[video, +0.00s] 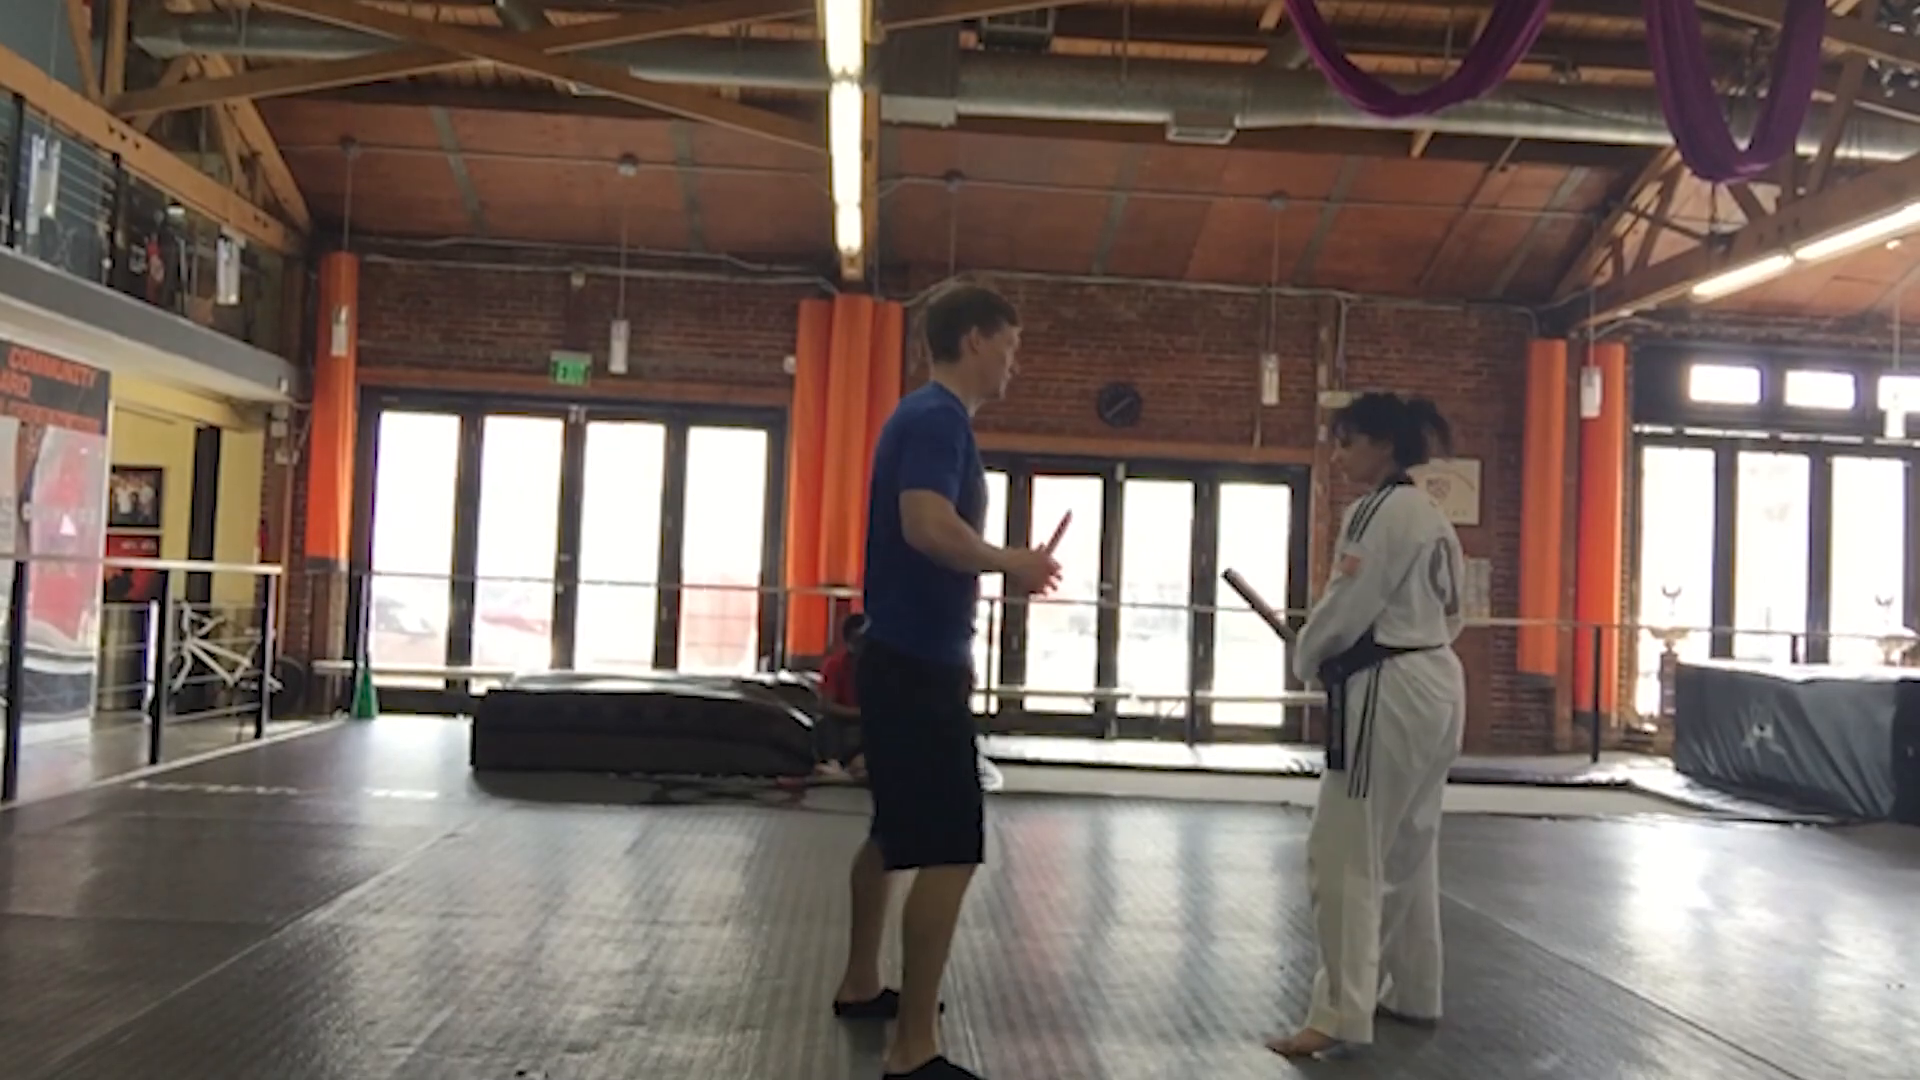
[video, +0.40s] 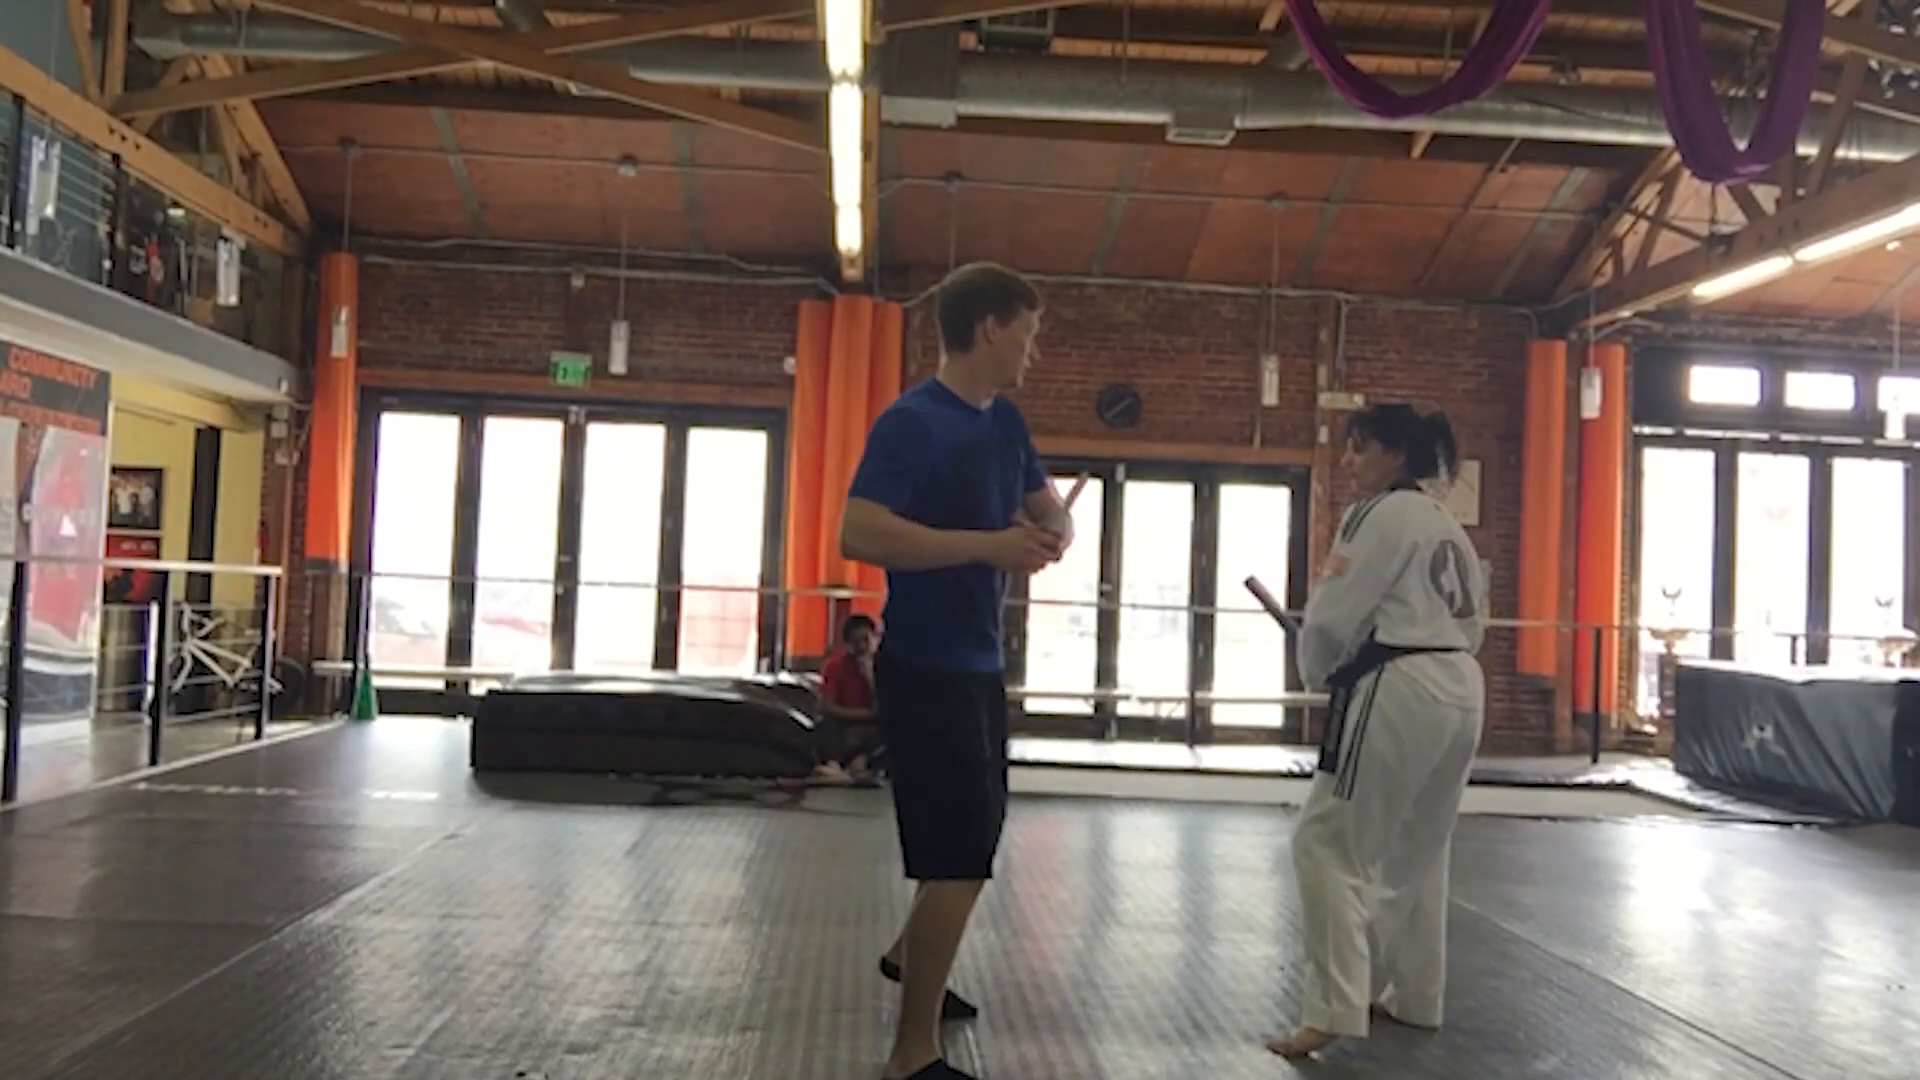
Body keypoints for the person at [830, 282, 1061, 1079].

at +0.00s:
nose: (1015, 364)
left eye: (1016, 348)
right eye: (1011, 347)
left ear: (956, 343)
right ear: (974, 341)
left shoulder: (928, 419)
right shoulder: (936, 419)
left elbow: (938, 535)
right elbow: (926, 528)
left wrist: (1009, 566)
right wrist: (1007, 562)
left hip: (899, 663)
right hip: (919, 669)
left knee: (892, 833)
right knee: (954, 851)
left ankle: (861, 985)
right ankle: (914, 1048)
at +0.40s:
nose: (1034, 351)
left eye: (1036, 336)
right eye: (1029, 334)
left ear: (992, 332)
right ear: (988, 330)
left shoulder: (1006, 421)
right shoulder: (913, 420)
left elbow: (1042, 506)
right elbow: (859, 530)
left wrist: (1049, 523)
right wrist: (988, 545)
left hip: (979, 665)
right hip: (925, 667)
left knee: (974, 834)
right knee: (960, 859)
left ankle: (915, 954)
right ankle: (914, 1055)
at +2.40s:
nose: (1075, 472)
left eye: (1078, 462)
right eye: (1074, 461)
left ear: (1009, 439)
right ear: (1046, 445)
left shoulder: (940, 475)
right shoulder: (1049, 498)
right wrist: (1104, 511)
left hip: (922, 696)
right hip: (1002, 701)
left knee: (930, 813)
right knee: (1088, 860)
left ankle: (897, 965)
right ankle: (1108, 1009)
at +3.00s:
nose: (1104, 429)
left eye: (1105, 416)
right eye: (1100, 415)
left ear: (1032, 411)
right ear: (1069, 414)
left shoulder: (961, 455)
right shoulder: (1092, 474)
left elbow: (842, 487)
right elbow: (1199, 496)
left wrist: (774, 564)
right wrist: (1265, 503)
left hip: (954, 686)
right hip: (1036, 692)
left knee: (948, 826)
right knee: (1080, 868)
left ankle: (901, 970)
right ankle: (1087, 1058)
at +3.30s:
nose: (1140, 522)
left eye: (1145, 510)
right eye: (1140, 507)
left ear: (1077, 486)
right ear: (1103, 493)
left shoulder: (1001, 505)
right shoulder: (1098, 550)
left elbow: (904, 555)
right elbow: (1203, 624)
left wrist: (859, 636)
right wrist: (1257, 645)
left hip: (929, 714)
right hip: (1012, 727)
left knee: (945, 823)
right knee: (1110, 894)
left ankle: (896, 969)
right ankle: (1091, 1061)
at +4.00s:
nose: (1153, 476)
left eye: (1159, 465)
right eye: (1154, 462)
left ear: (1099, 433)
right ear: (1125, 440)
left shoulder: (1017, 455)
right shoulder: (1124, 510)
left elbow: (918, 451)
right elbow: (1201, 596)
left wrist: (887, 468)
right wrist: (1266, 641)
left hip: (968, 690)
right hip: (1054, 706)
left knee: (944, 817)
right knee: (1108, 875)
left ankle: (901, 969)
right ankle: (1107, 1058)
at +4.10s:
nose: (1146, 481)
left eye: (1153, 470)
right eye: (1150, 466)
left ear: (1094, 430)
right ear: (1126, 440)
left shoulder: (1014, 457)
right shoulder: (1122, 506)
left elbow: (908, 500)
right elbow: (1204, 614)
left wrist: (903, 568)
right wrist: (1202, 660)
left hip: (971, 688)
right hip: (1056, 702)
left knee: (952, 818)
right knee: (1111, 872)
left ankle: (906, 969)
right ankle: (1113, 1060)